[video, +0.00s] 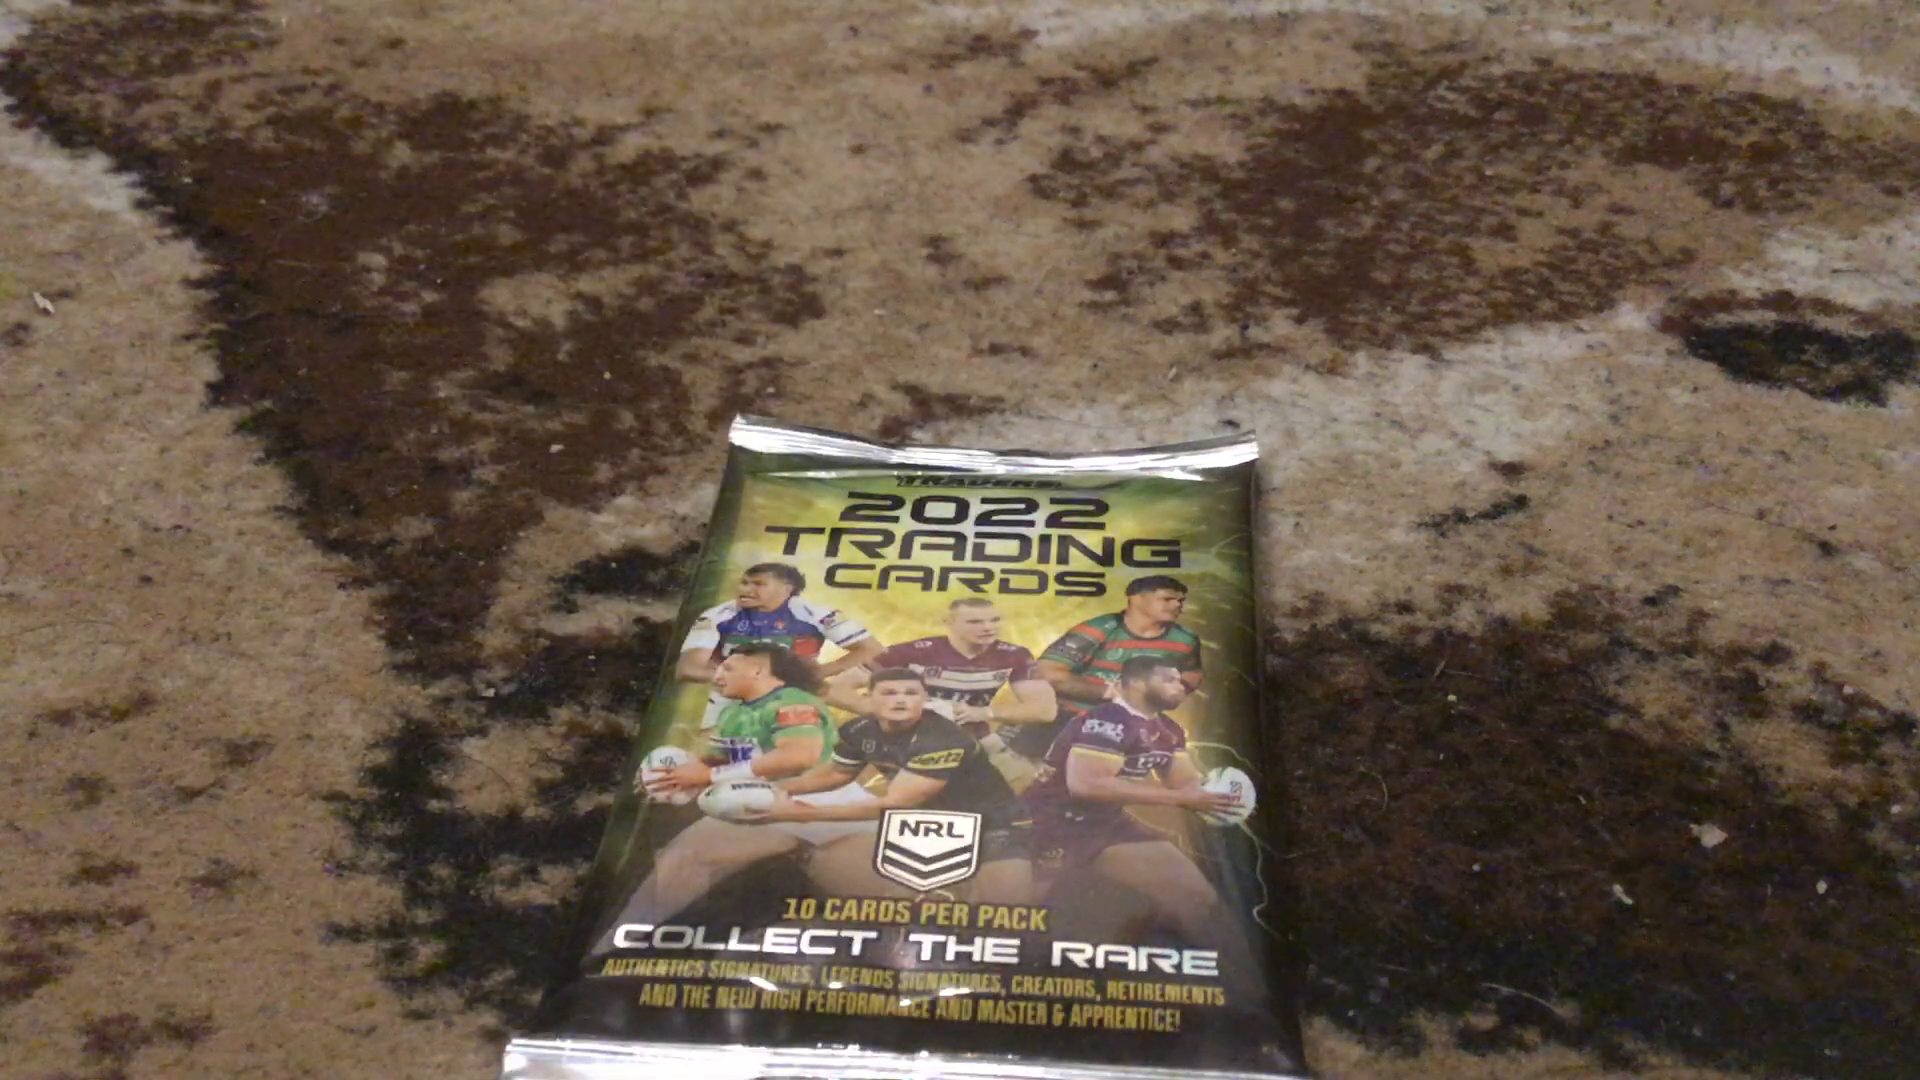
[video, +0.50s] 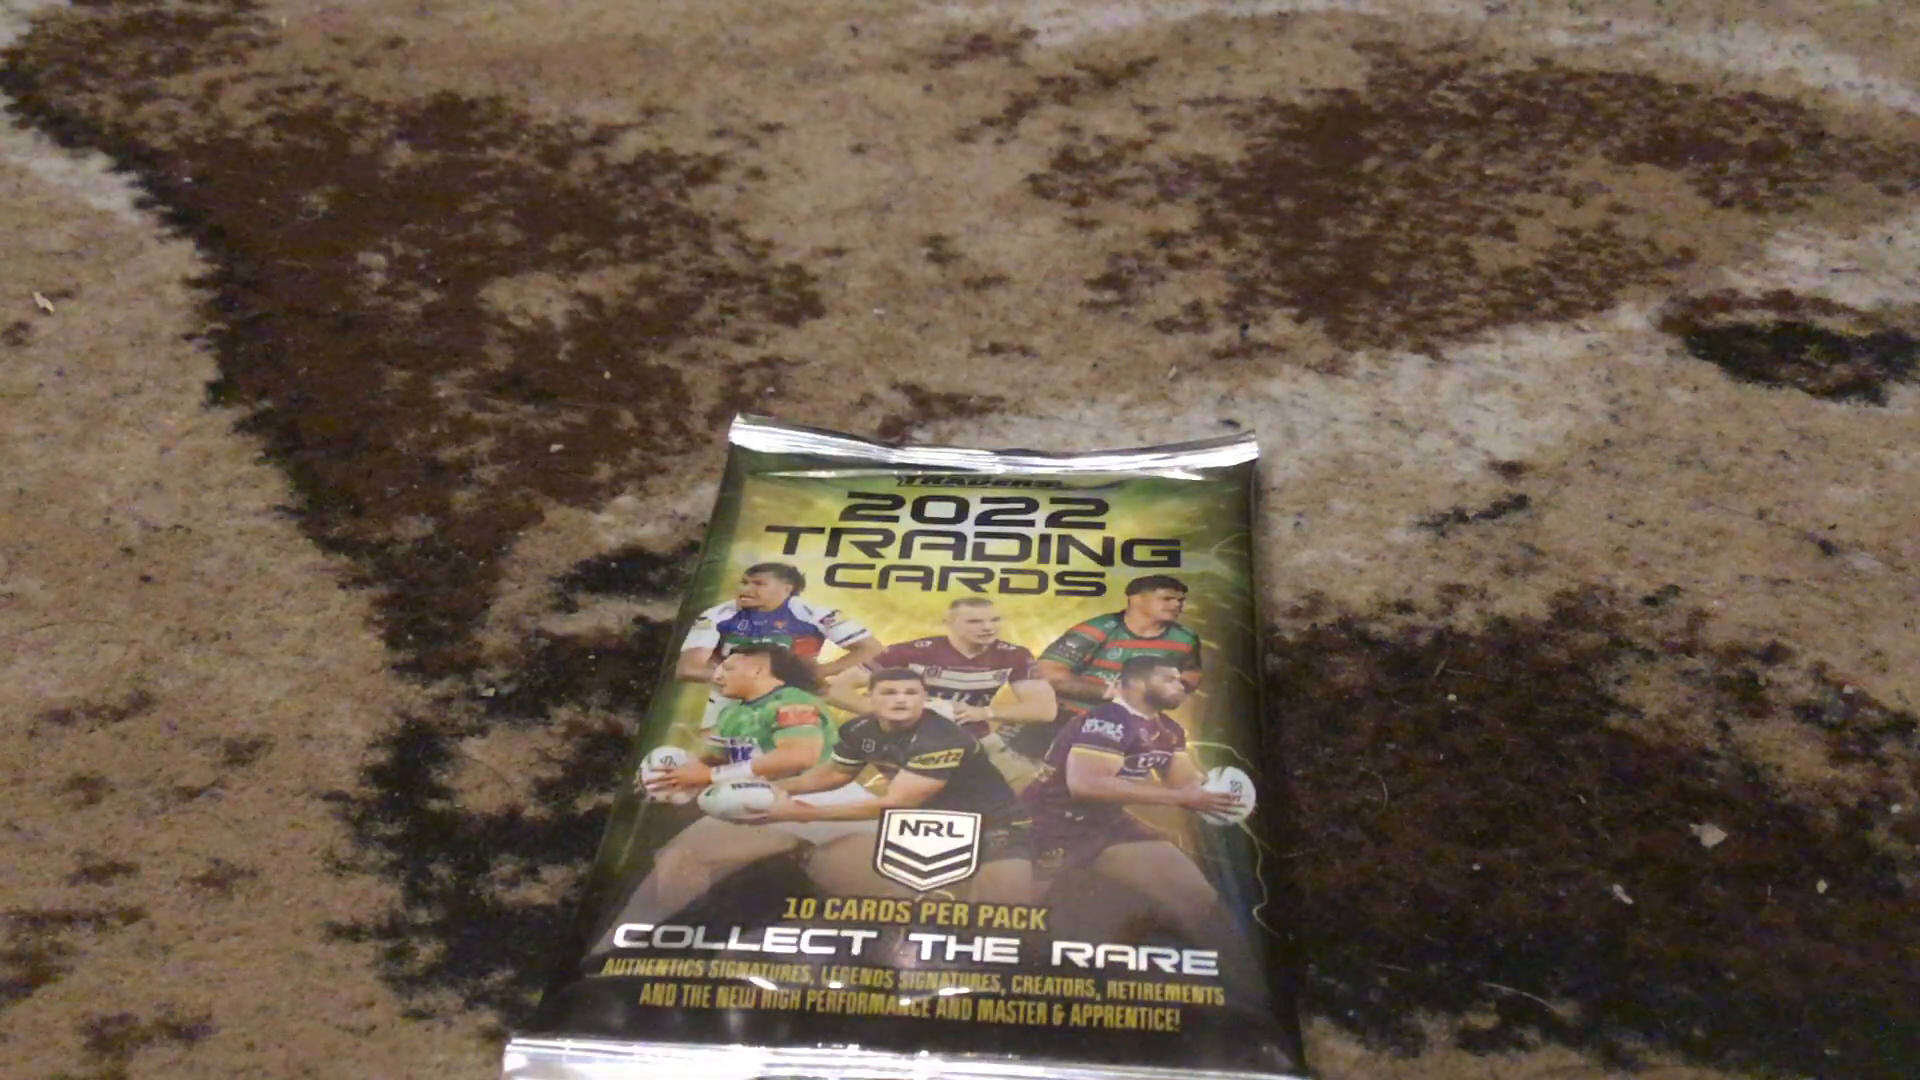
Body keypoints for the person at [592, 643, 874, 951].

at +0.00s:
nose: (720, 671)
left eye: (729, 663)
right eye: (722, 664)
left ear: (761, 665)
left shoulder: (794, 701)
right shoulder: (733, 714)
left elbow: (803, 755)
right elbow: (718, 766)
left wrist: (711, 776)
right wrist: (673, 781)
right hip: (751, 817)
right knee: (675, 862)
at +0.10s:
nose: (720, 670)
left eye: (729, 662)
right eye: (722, 663)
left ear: (761, 664)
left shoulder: (794, 701)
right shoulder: (733, 714)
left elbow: (801, 755)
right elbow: (719, 766)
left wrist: (712, 775)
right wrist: (676, 781)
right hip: (751, 817)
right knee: (672, 864)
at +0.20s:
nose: (720, 669)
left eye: (730, 661)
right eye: (722, 662)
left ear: (761, 664)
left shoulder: (794, 702)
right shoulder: (733, 714)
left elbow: (802, 754)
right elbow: (718, 766)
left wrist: (712, 775)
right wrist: (673, 781)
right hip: (749, 815)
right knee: (671, 864)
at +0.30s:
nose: (719, 672)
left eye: (728, 665)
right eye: (722, 665)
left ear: (761, 666)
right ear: (756, 667)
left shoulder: (794, 702)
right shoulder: (735, 714)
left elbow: (801, 755)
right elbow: (712, 761)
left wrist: (710, 775)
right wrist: (667, 778)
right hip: (747, 814)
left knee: (688, 861)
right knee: (674, 861)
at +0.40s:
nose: (720, 670)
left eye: (729, 662)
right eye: (722, 663)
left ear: (761, 665)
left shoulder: (794, 701)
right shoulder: (734, 715)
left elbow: (802, 755)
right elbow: (712, 762)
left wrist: (711, 776)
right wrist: (669, 780)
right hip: (753, 817)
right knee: (674, 862)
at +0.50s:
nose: (721, 668)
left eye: (731, 661)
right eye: (723, 662)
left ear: (762, 664)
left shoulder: (794, 701)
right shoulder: (732, 714)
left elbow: (802, 755)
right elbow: (715, 764)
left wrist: (712, 776)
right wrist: (668, 779)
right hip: (750, 817)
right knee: (671, 863)